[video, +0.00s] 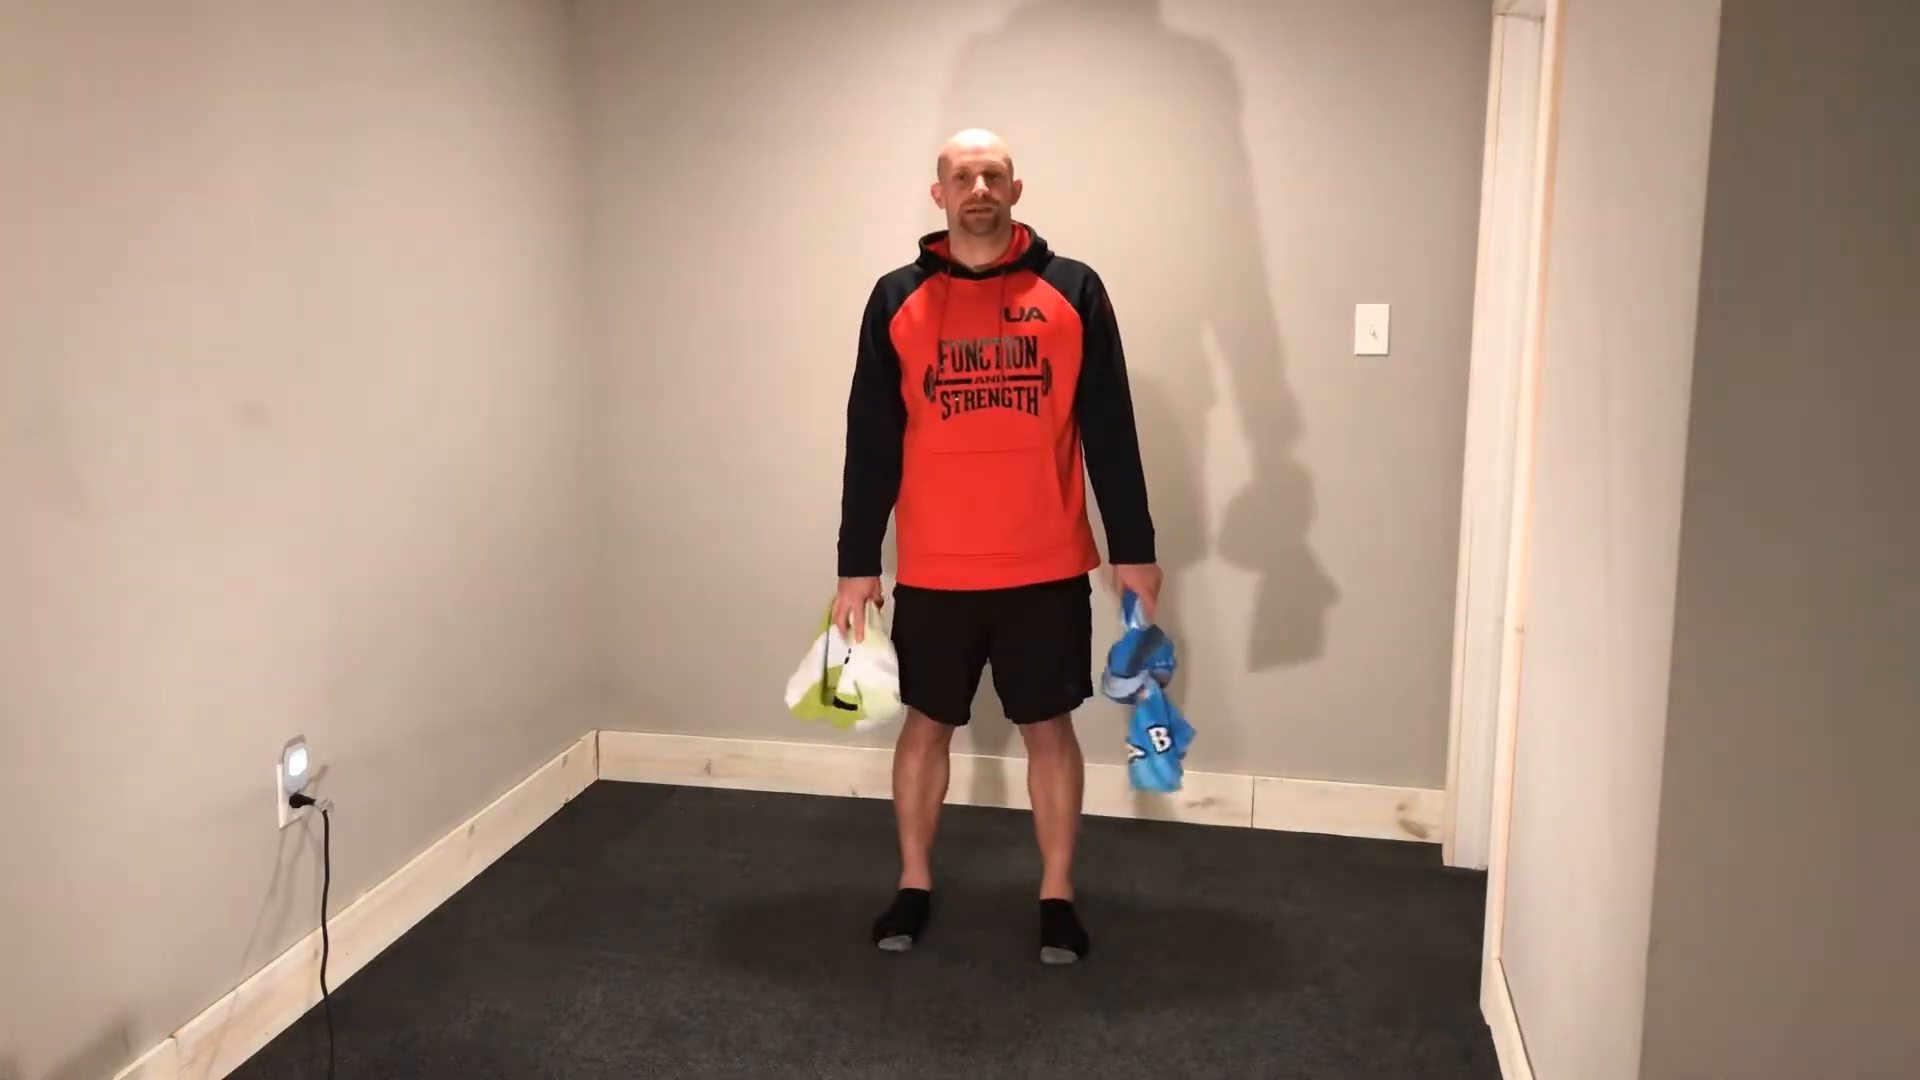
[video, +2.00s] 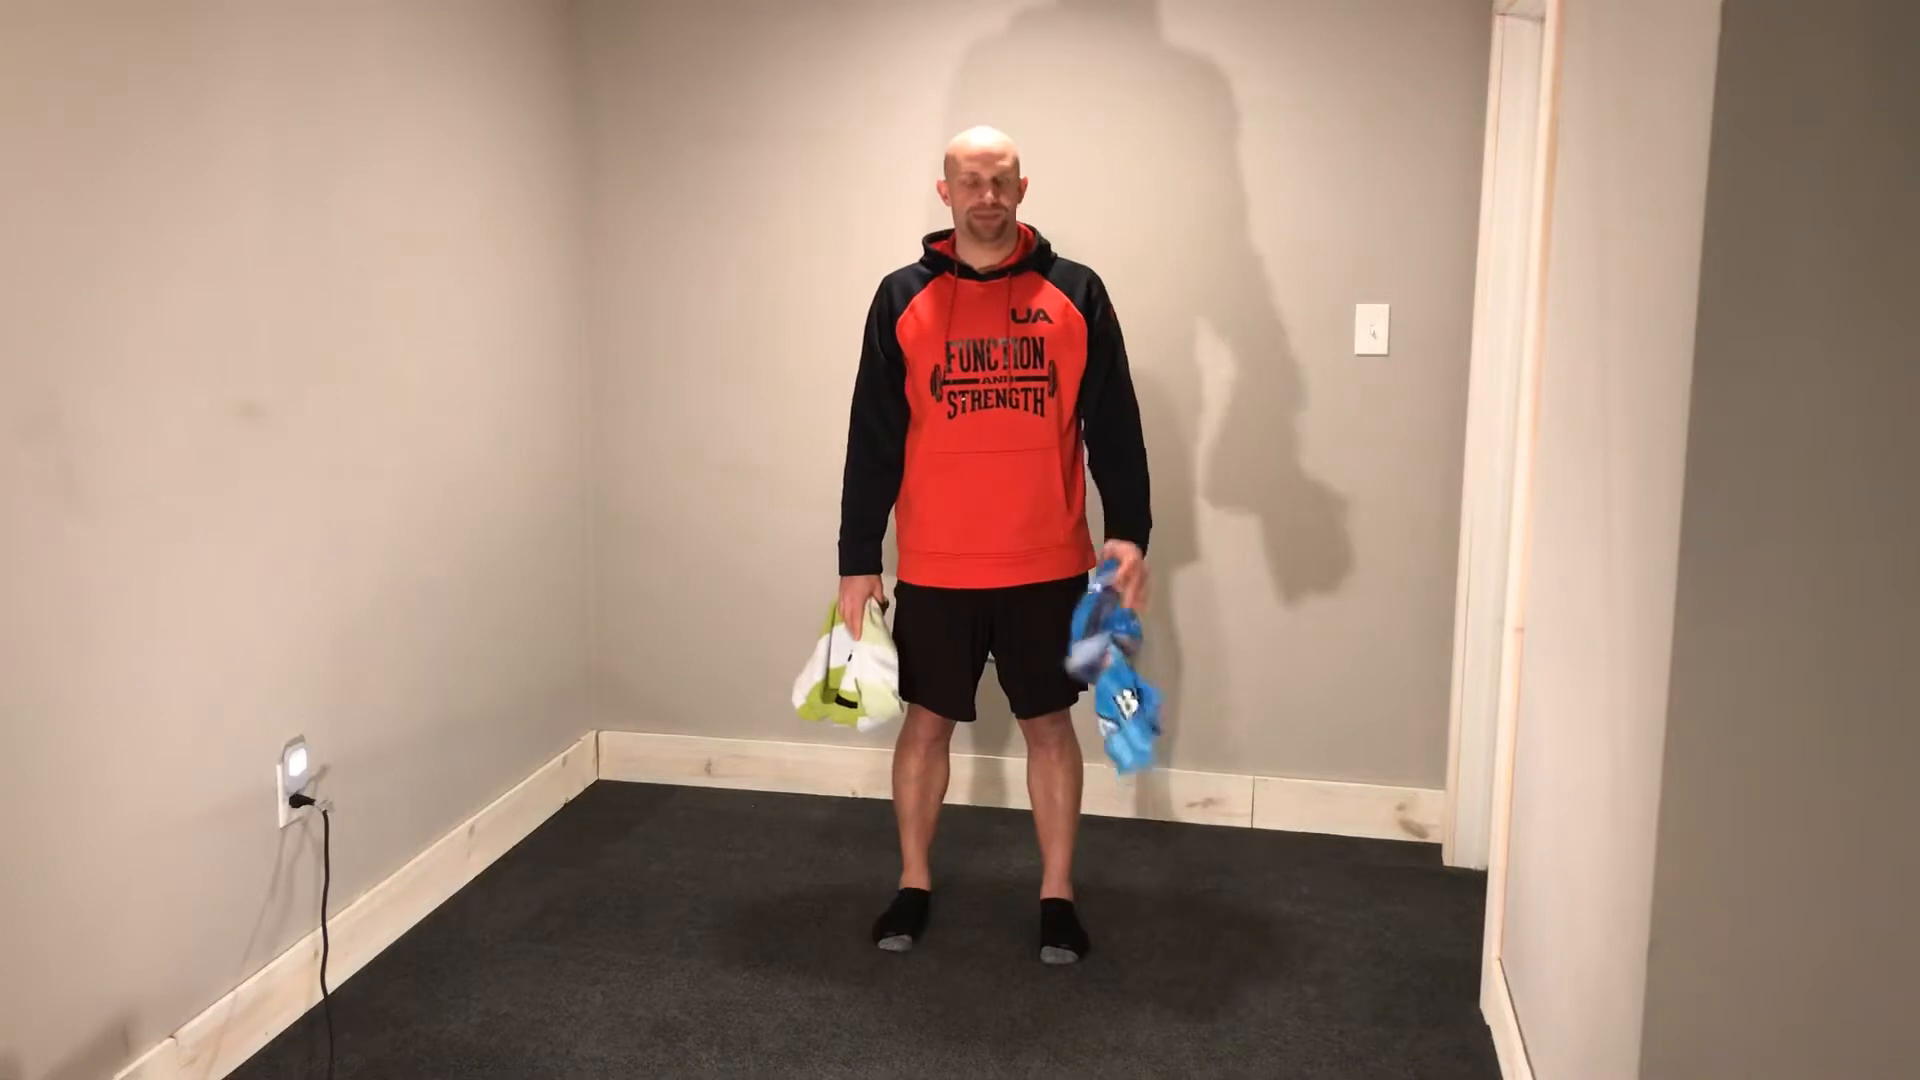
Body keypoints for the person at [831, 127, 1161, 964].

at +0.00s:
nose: (979, 187)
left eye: (992, 174)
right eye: (962, 176)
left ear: (1018, 192)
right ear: (937, 195)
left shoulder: (1072, 291)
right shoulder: (898, 299)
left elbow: (1109, 427)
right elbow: (871, 437)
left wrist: (1134, 549)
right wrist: (857, 560)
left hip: (1042, 564)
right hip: (935, 567)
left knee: (1047, 727)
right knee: (925, 725)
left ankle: (1057, 898)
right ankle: (912, 888)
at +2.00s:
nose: (987, 198)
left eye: (1001, 183)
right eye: (971, 184)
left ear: (1022, 190)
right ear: (946, 192)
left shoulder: (1075, 292)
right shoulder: (904, 296)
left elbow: (1113, 420)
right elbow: (873, 433)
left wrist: (1131, 532)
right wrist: (859, 557)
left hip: (1044, 562)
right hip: (936, 563)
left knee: (1048, 725)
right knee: (926, 723)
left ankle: (1057, 897)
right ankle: (912, 887)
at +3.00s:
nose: (994, 194)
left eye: (1005, 179)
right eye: (977, 182)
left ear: (1027, 185)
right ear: (950, 196)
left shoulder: (1085, 290)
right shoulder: (911, 296)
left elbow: (1127, 410)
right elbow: (880, 434)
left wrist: (1078, 469)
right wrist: (864, 559)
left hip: (1044, 553)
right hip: (939, 556)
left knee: (1048, 723)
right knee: (928, 720)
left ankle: (1057, 896)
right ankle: (912, 886)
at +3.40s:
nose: (985, 200)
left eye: (997, 183)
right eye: (968, 187)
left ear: (1025, 184)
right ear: (948, 196)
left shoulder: (1085, 291)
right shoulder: (910, 297)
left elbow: (1134, 402)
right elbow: (879, 433)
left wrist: (1085, 448)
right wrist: (861, 557)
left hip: (1043, 555)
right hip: (938, 558)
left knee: (1047, 722)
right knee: (928, 720)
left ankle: (1057, 895)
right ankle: (912, 887)